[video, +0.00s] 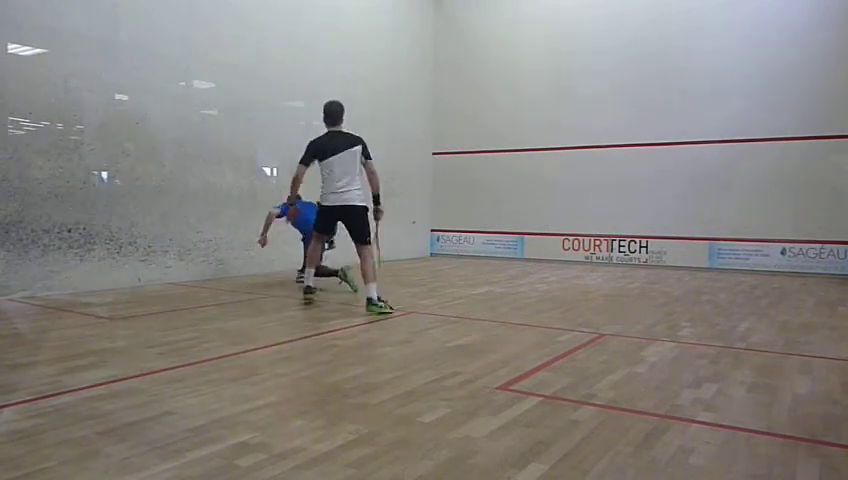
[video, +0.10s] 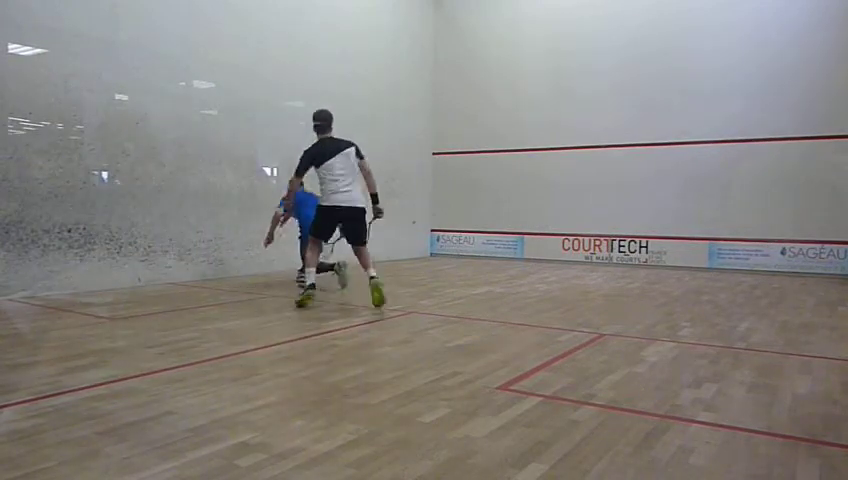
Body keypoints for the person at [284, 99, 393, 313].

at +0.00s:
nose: (332, 119)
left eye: (328, 115)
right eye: (340, 116)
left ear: (324, 118)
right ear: (343, 118)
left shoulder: (316, 144)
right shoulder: (357, 142)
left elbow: (298, 176)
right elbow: (371, 172)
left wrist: (291, 203)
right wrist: (377, 202)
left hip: (328, 206)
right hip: (355, 205)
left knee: (317, 241)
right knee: (365, 250)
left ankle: (308, 284)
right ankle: (373, 298)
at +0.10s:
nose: (316, 128)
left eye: (316, 125)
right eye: (319, 124)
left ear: (314, 127)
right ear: (332, 126)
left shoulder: (312, 152)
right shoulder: (350, 146)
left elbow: (295, 180)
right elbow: (367, 173)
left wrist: (289, 207)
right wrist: (375, 202)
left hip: (329, 208)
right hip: (356, 207)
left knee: (314, 243)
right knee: (360, 246)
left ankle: (310, 284)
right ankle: (373, 277)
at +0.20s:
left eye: (310, 144)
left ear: (310, 145)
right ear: (327, 143)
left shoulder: (308, 167)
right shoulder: (345, 161)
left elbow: (298, 202)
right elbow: (367, 182)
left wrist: (296, 206)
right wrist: (378, 207)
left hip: (329, 213)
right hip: (354, 211)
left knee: (314, 254)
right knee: (356, 242)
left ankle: (309, 294)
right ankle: (372, 279)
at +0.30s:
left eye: (316, 145)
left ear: (314, 147)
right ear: (331, 145)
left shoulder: (311, 168)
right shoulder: (346, 162)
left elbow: (309, 195)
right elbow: (368, 186)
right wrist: (371, 200)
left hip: (331, 212)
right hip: (354, 210)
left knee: (319, 252)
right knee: (359, 244)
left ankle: (309, 288)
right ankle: (368, 280)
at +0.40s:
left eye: (327, 138)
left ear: (325, 141)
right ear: (341, 140)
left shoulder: (320, 162)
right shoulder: (352, 159)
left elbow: (317, 192)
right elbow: (364, 186)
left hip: (334, 207)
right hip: (356, 206)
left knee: (326, 245)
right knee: (356, 240)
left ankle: (320, 276)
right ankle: (367, 278)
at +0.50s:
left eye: (335, 130)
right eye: (345, 129)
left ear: (332, 131)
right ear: (348, 132)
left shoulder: (327, 150)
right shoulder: (354, 152)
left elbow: (328, 175)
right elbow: (359, 177)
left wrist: (314, 183)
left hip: (337, 199)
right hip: (357, 198)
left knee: (330, 238)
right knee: (354, 234)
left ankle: (339, 273)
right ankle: (366, 271)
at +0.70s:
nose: (339, 133)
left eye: (340, 129)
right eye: (342, 129)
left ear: (341, 131)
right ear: (355, 131)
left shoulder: (350, 144)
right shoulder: (353, 148)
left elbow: (351, 156)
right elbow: (349, 181)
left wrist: (324, 160)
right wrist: (332, 187)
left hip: (359, 199)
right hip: (357, 199)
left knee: (347, 239)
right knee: (348, 239)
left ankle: (362, 280)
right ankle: (361, 278)